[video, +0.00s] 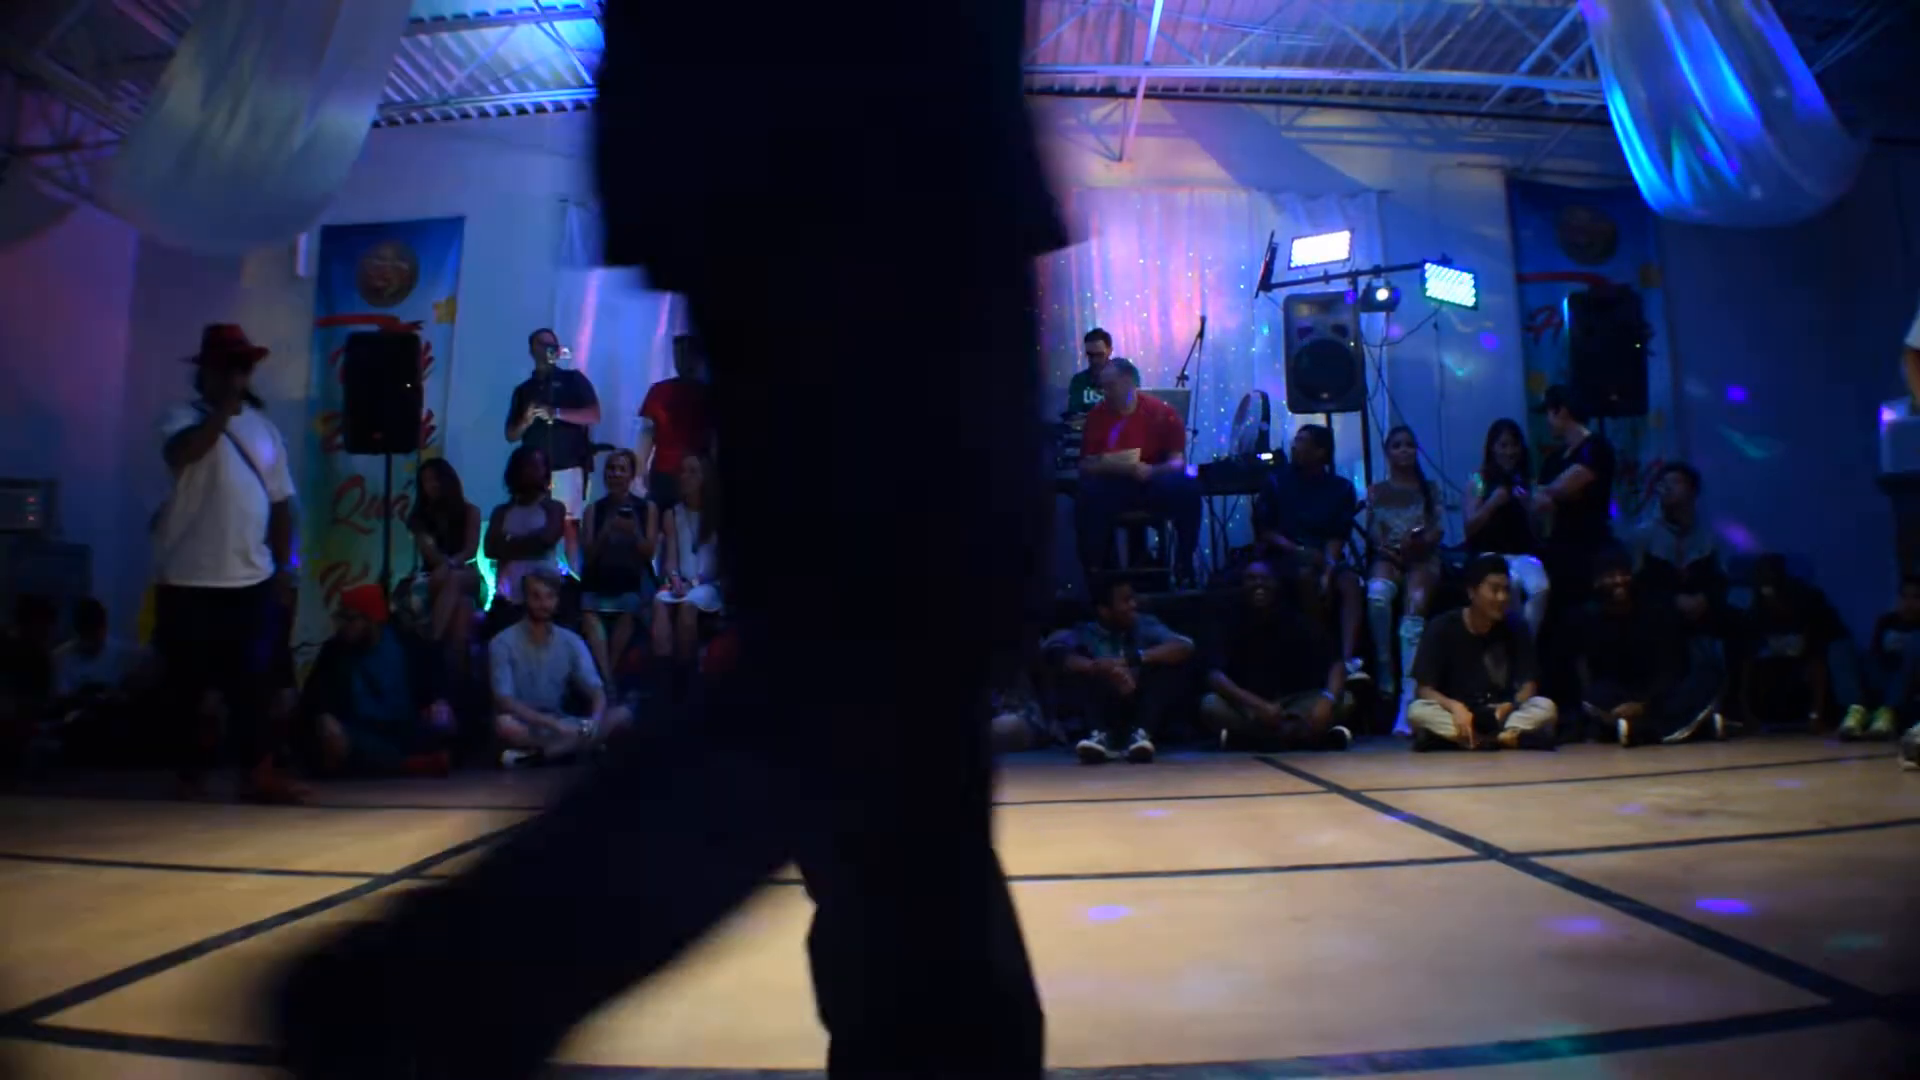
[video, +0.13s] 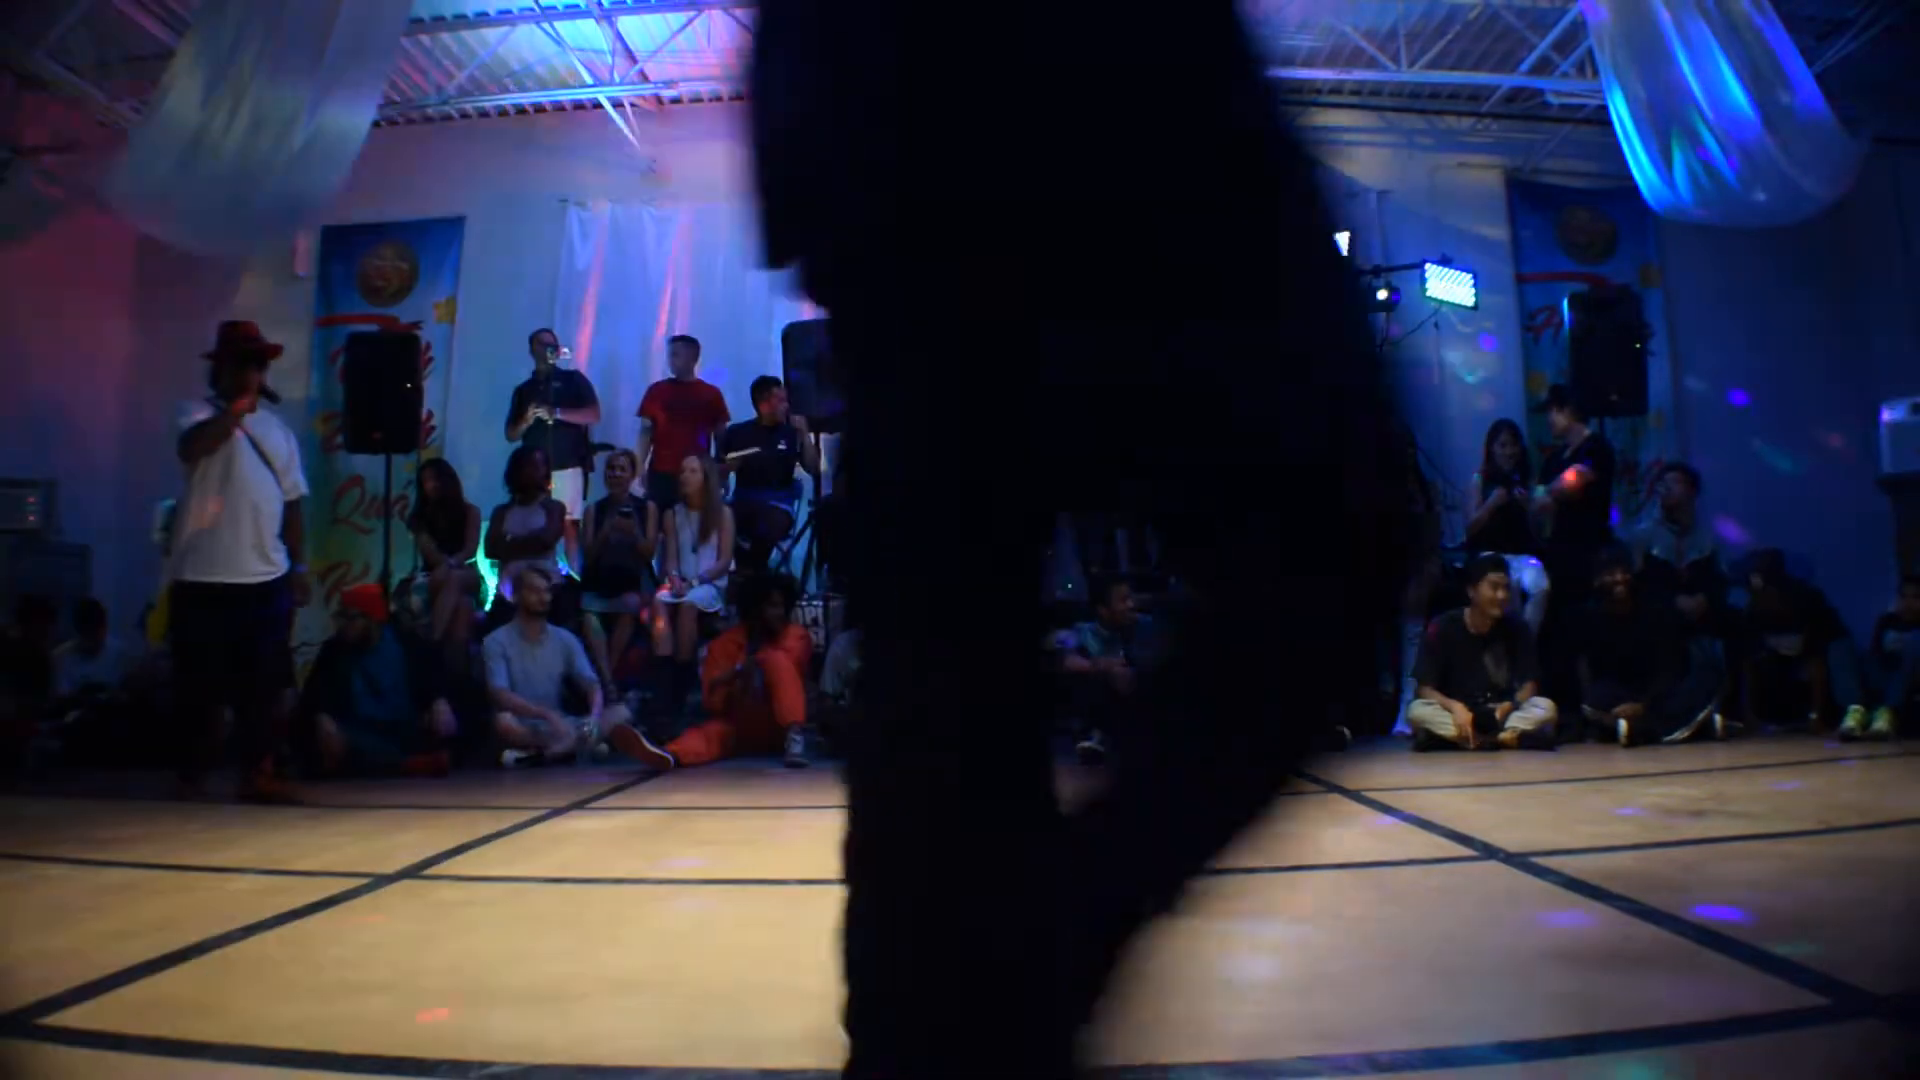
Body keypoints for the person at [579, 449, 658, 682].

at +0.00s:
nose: (615, 474)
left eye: (622, 469)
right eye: (610, 468)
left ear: (632, 475)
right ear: (604, 474)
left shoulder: (646, 508)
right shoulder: (593, 510)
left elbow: (649, 550)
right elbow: (587, 552)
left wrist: (632, 532)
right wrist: (606, 533)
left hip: (631, 576)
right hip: (599, 575)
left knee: (627, 611)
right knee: (589, 613)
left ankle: (607, 674)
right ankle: (607, 680)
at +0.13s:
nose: (615, 474)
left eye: (622, 469)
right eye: (611, 468)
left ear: (633, 475)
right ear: (605, 473)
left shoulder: (646, 508)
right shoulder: (593, 510)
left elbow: (649, 550)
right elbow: (588, 553)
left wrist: (632, 532)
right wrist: (606, 532)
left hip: (632, 577)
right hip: (599, 577)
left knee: (627, 609)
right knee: (589, 615)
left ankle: (608, 674)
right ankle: (607, 682)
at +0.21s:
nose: (617, 476)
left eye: (624, 470)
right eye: (612, 470)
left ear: (633, 475)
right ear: (605, 475)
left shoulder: (647, 507)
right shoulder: (592, 509)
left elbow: (649, 549)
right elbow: (588, 552)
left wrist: (631, 532)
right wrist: (606, 533)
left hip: (631, 573)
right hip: (599, 573)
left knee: (627, 607)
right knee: (587, 609)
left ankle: (608, 673)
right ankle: (606, 680)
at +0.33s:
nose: (617, 477)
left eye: (624, 472)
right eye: (612, 472)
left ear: (633, 476)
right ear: (605, 476)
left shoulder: (646, 507)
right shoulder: (592, 510)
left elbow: (649, 550)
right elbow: (587, 551)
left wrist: (631, 533)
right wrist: (606, 532)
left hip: (631, 573)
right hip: (599, 574)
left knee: (626, 608)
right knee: (588, 609)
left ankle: (607, 674)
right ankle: (604, 677)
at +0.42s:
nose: (618, 478)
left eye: (624, 472)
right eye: (613, 473)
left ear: (632, 476)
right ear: (605, 477)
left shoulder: (645, 507)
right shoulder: (592, 510)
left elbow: (648, 550)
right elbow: (587, 551)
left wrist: (631, 531)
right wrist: (607, 532)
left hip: (632, 573)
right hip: (599, 574)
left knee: (625, 606)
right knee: (588, 607)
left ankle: (609, 673)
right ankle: (604, 675)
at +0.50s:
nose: (618, 478)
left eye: (624, 473)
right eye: (613, 473)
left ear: (632, 476)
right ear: (605, 476)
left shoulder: (645, 507)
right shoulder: (592, 509)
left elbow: (647, 551)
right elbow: (587, 552)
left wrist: (631, 531)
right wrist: (606, 532)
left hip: (631, 570)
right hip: (600, 571)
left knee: (626, 605)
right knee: (587, 607)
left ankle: (609, 668)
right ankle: (602, 669)